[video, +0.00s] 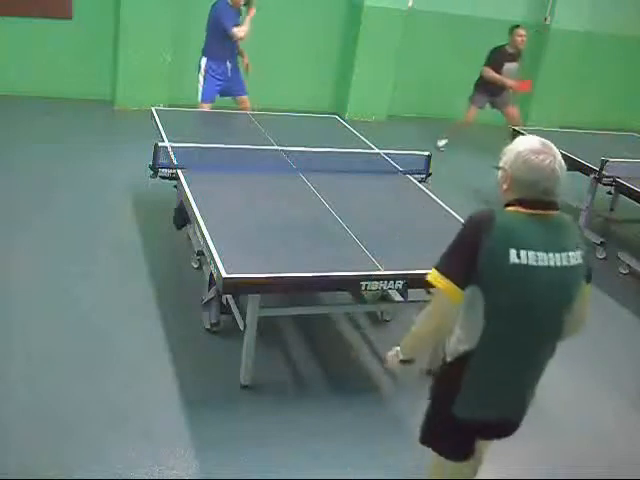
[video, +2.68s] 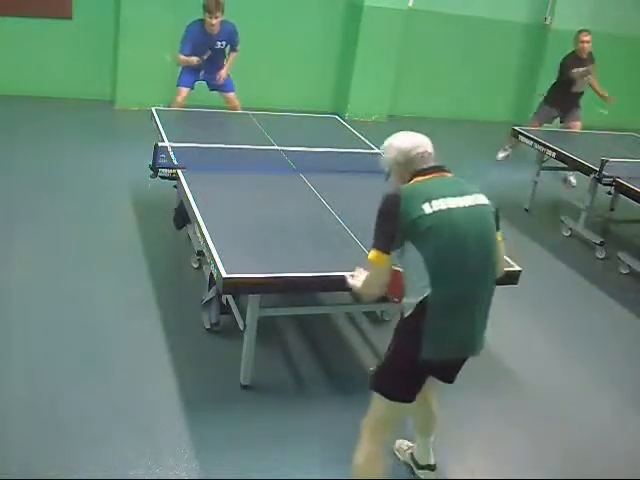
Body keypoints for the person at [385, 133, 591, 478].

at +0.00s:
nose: (499, 177)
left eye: (501, 172)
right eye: (502, 170)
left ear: (507, 182)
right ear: (554, 182)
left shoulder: (485, 227)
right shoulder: (570, 232)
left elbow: (442, 312)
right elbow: (575, 319)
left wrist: (405, 353)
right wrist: (531, 336)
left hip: (471, 374)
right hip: (524, 372)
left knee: (450, 459)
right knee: (476, 443)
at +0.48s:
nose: (507, 192)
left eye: (510, 185)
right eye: (510, 184)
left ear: (520, 196)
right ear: (569, 198)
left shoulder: (502, 259)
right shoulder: (591, 248)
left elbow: (472, 360)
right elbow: (603, 338)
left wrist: (440, 393)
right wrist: (549, 359)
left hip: (491, 412)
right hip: (549, 407)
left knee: (466, 469)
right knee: (504, 463)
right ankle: (502, 470)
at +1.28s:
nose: (524, 187)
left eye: (528, 180)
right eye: (527, 180)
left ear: (538, 190)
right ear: (585, 195)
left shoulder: (513, 244)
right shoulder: (604, 247)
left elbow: (478, 343)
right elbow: (614, 342)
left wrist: (446, 358)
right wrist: (571, 358)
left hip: (496, 389)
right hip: (555, 391)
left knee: (466, 470)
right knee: (513, 470)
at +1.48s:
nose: (508, 188)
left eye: (511, 181)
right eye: (511, 180)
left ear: (519, 189)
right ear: (568, 192)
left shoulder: (492, 239)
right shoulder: (588, 246)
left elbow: (446, 330)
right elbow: (599, 333)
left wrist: (426, 303)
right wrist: (548, 340)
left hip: (479, 380)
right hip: (535, 381)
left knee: (462, 463)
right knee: (489, 450)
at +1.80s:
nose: (472, 170)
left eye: (475, 164)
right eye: (474, 163)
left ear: (481, 173)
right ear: (525, 173)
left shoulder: (464, 217)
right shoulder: (544, 220)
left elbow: (431, 303)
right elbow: (561, 301)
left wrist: (409, 280)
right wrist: (514, 301)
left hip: (461, 348)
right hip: (508, 345)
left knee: (447, 426)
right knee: (460, 400)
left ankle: (445, 470)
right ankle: (434, 456)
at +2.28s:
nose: (427, 153)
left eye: (429, 147)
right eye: (428, 147)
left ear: (436, 150)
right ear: (472, 150)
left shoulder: (429, 184)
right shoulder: (499, 188)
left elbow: (413, 265)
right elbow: (524, 257)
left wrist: (391, 271)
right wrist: (500, 272)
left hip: (441, 316)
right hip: (482, 317)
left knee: (426, 422)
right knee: (434, 386)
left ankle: (431, 472)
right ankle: (424, 457)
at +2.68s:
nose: (390, 181)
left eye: (390, 172)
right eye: (389, 173)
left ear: (401, 169)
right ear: (431, 160)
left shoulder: (400, 199)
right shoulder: (474, 193)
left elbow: (373, 288)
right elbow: (498, 267)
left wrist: (359, 282)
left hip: (424, 329)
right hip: (469, 329)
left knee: (377, 428)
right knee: (421, 383)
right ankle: (424, 456)